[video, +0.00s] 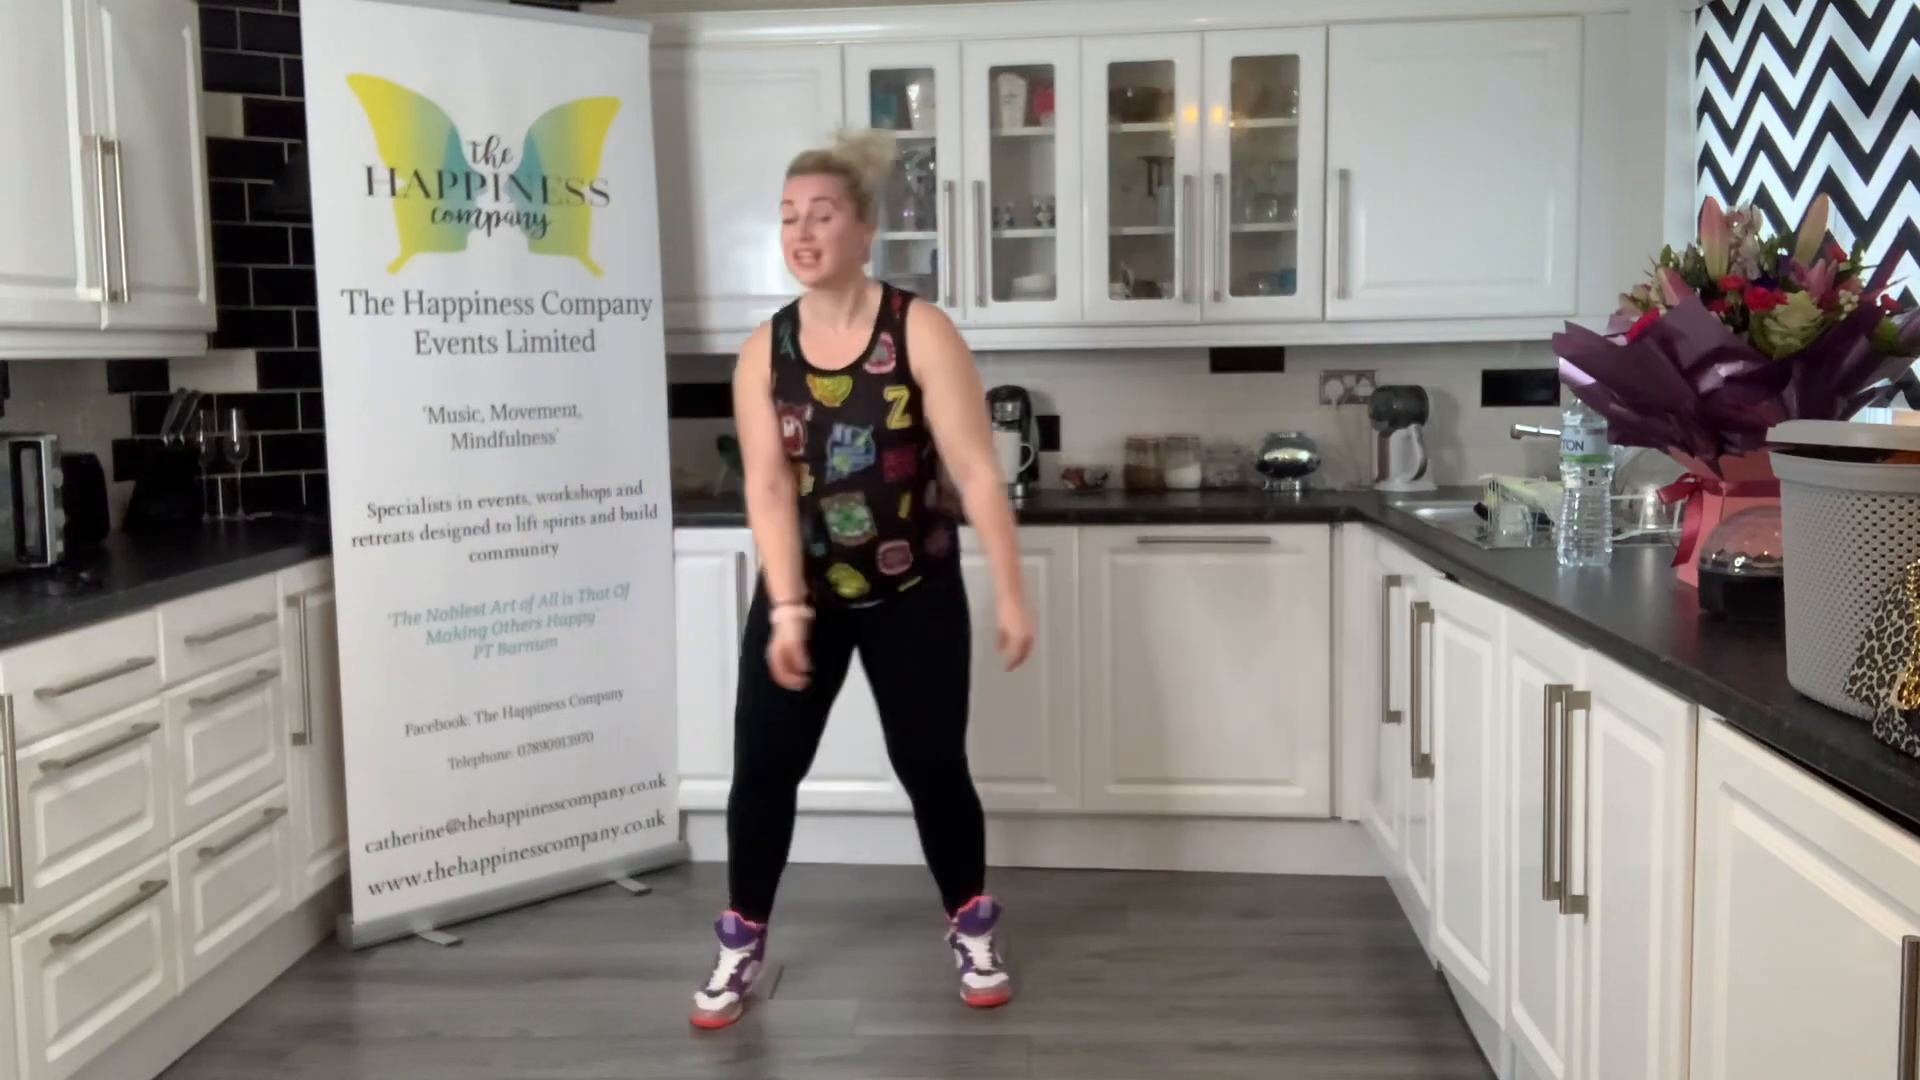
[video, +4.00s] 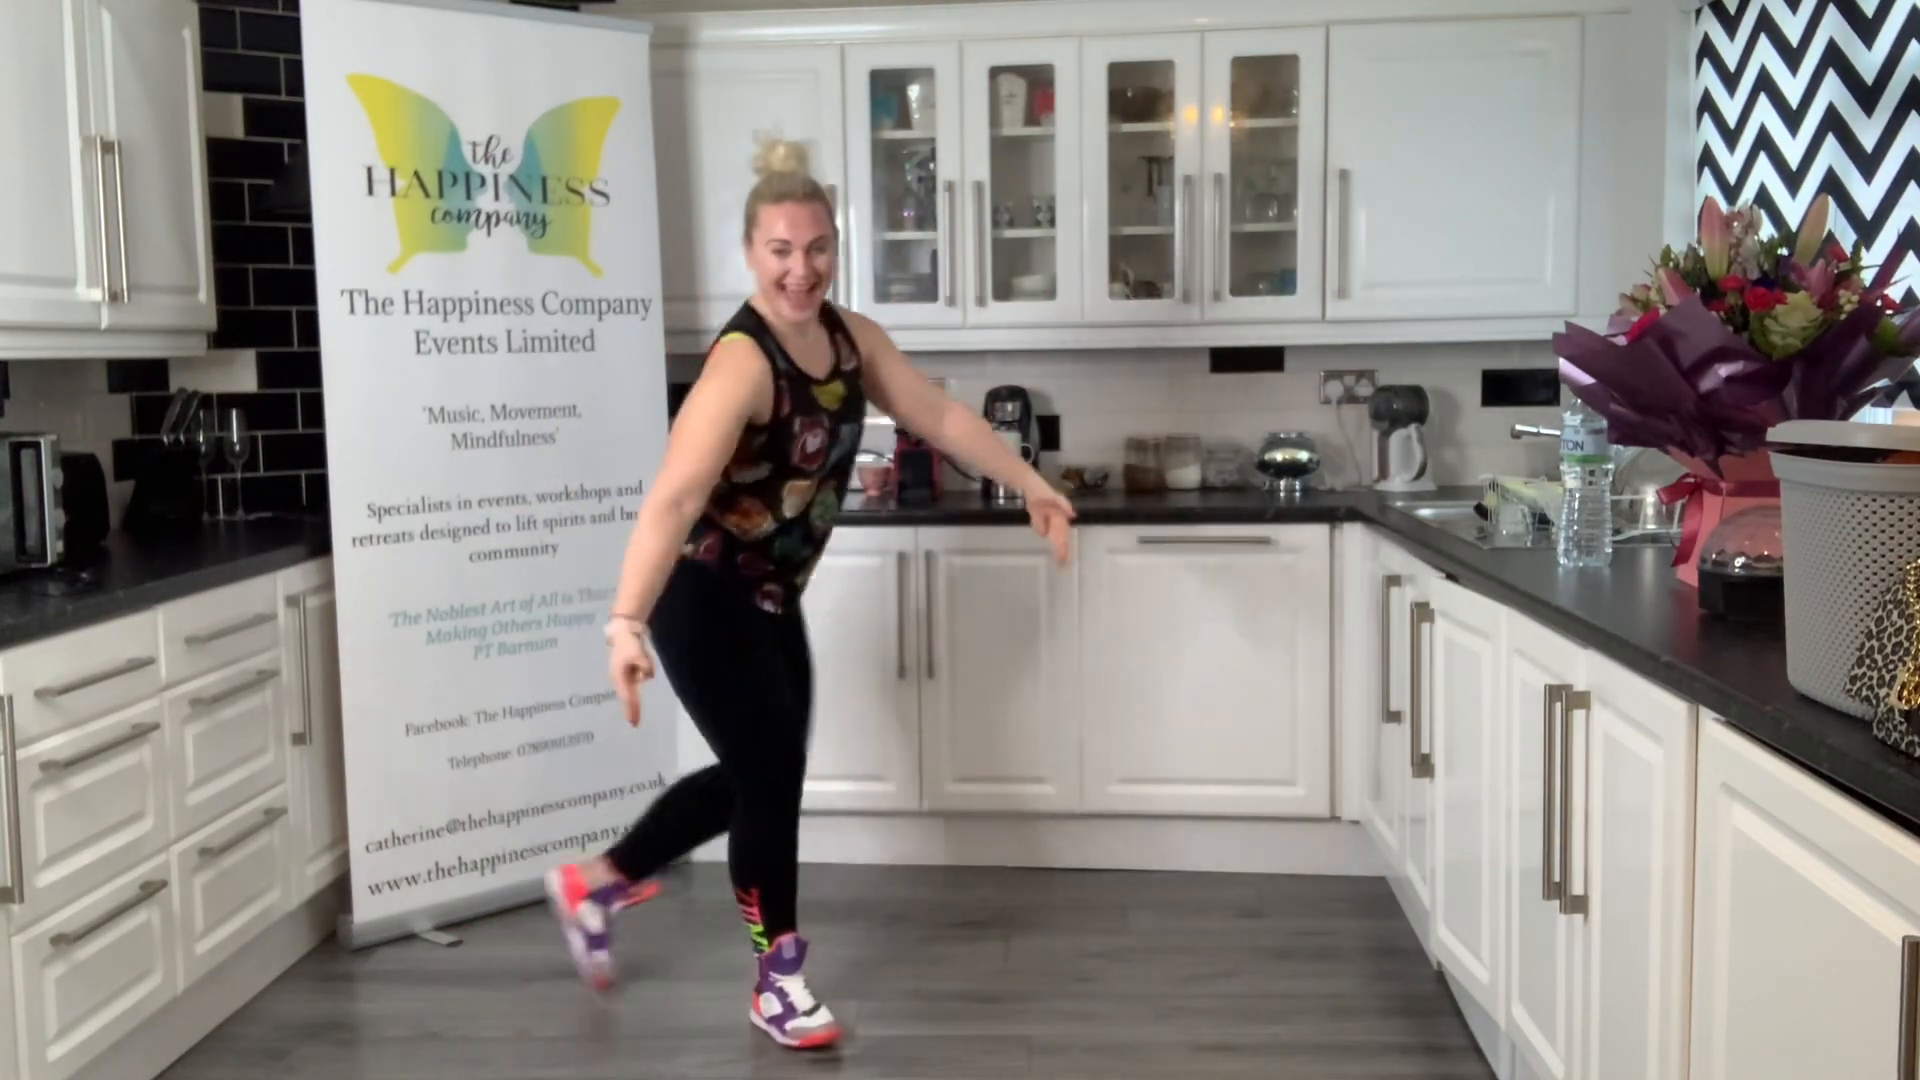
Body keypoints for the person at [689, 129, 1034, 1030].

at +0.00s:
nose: (802, 229)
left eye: (822, 212)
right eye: (790, 214)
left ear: (866, 227)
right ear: (779, 230)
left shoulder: (921, 331)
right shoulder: (763, 353)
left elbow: (975, 466)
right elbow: (768, 490)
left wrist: (1010, 588)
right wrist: (786, 604)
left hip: (911, 593)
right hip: (800, 594)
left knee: (932, 765)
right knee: (764, 772)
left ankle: (973, 926)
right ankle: (742, 942)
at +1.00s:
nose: (854, 258)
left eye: (872, 241)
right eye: (836, 242)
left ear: (898, 255)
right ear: (812, 255)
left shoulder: (930, 368)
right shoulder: (762, 351)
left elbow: (920, 503)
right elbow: (653, 429)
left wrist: (846, 581)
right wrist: (565, 509)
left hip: (876, 572)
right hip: (760, 577)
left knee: (949, 736)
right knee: (759, 764)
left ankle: (966, 911)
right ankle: (759, 939)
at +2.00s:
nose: (868, 271)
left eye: (885, 251)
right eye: (849, 252)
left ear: (910, 254)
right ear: (825, 258)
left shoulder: (947, 363)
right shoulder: (806, 353)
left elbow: (930, 488)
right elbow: (676, 374)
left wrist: (809, 538)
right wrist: (586, 371)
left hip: (962, 605)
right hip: (862, 603)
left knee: (941, 787)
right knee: (805, 790)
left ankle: (930, 938)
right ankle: (718, 957)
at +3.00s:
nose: (843, 293)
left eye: (860, 275)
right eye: (825, 274)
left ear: (880, 274)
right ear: (793, 273)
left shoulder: (876, 344)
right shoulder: (779, 379)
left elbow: (966, 378)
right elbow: (853, 535)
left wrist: (1024, 314)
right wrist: (898, 562)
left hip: (800, 585)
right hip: (706, 589)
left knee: (915, 686)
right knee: (770, 771)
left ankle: (826, 841)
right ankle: (778, 975)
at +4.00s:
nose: (799, 266)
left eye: (815, 247)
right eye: (780, 249)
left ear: (835, 248)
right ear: (750, 252)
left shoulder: (854, 338)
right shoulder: (742, 364)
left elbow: (938, 416)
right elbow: (674, 495)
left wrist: (1032, 485)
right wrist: (628, 615)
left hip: (773, 595)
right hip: (700, 594)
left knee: (761, 770)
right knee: (768, 765)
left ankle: (598, 885)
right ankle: (778, 976)